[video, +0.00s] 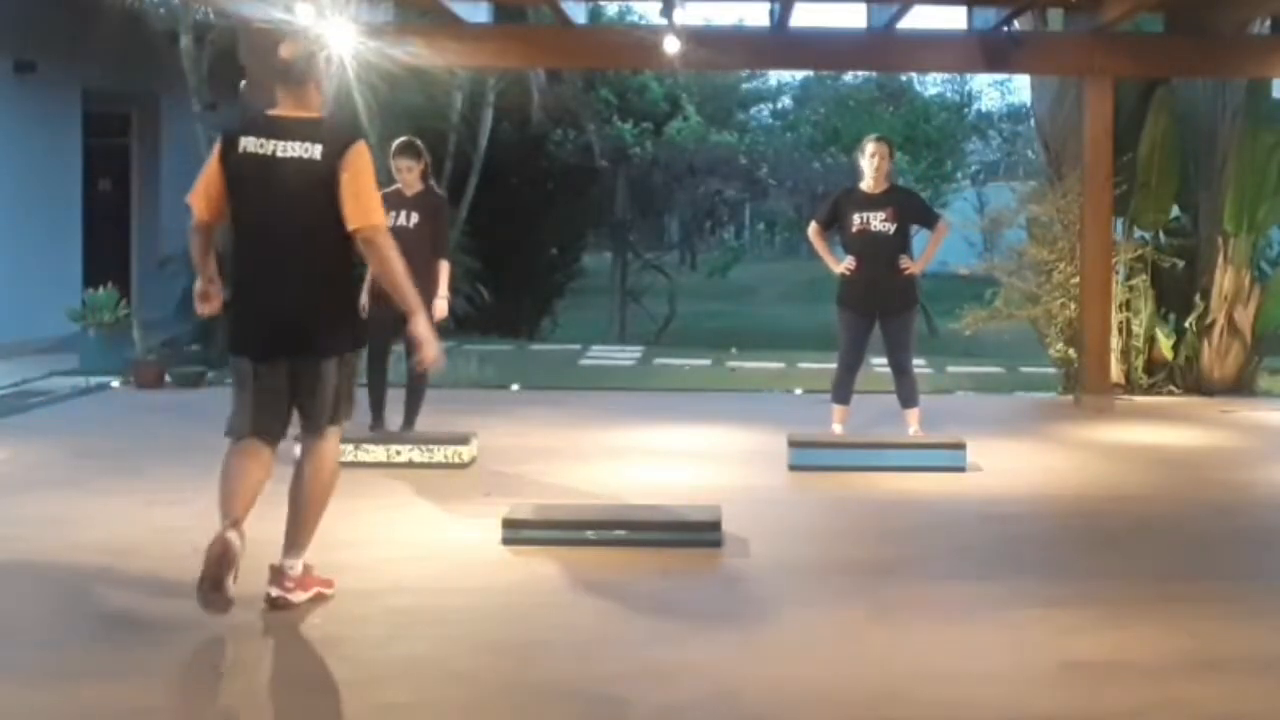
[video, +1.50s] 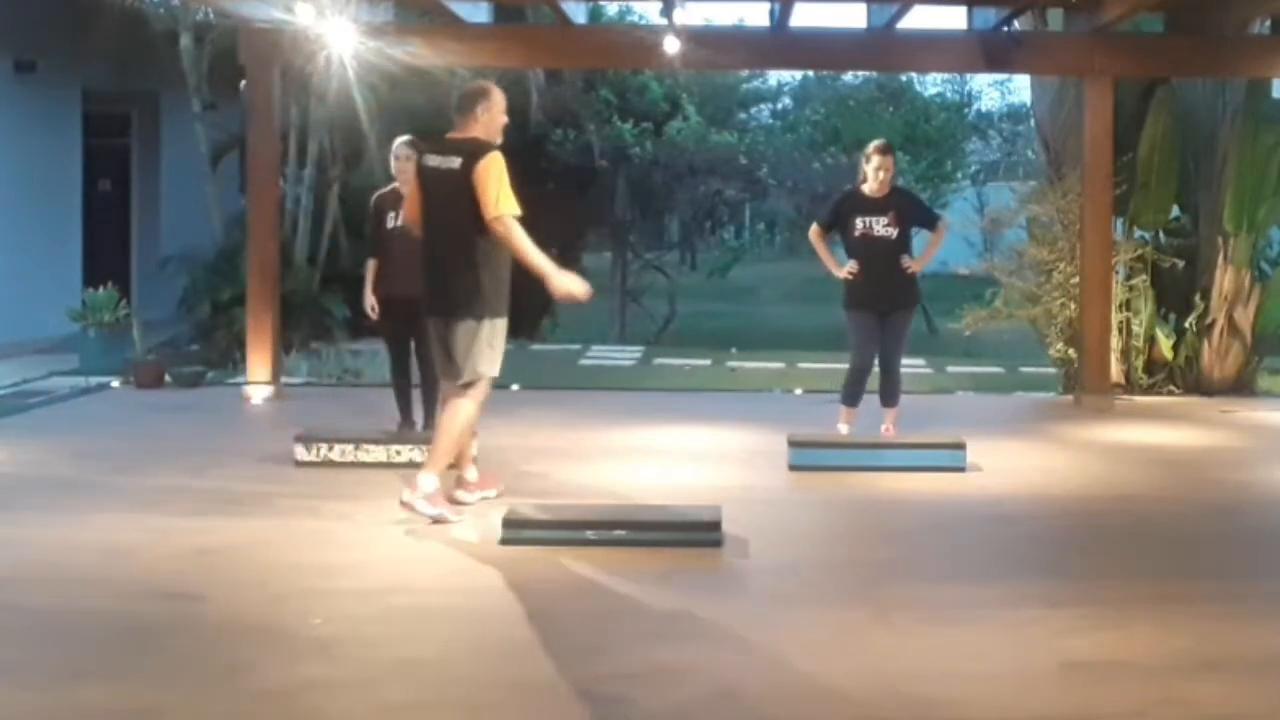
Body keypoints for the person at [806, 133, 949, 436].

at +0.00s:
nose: (876, 162)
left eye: (882, 157)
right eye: (871, 156)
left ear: (890, 162)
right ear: (861, 160)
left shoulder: (905, 198)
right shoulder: (844, 199)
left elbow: (941, 226)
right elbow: (814, 230)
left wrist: (922, 264)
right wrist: (834, 263)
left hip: (897, 287)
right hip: (856, 287)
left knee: (901, 361)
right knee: (848, 359)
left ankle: (914, 429)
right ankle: (837, 429)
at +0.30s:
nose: (873, 166)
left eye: (878, 160)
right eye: (868, 160)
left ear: (887, 163)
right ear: (858, 164)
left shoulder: (901, 199)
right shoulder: (842, 198)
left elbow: (938, 227)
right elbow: (811, 228)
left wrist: (919, 264)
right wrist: (829, 262)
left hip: (892, 287)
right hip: (852, 286)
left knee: (897, 361)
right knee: (845, 358)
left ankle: (913, 429)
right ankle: (837, 429)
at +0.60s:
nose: (861, 167)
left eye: (866, 161)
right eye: (856, 162)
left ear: (880, 162)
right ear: (851, 166)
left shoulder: (896, 198)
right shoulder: (839, 197)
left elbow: (928, 233)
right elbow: (802, 225)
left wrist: (909, 264)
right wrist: (821, 260)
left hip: (883, 287)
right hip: (844, 287)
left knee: (893, 360)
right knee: (842, 357)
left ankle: (914, 427)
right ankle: (838, 428)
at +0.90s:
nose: (855, 168)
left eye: (861, 163)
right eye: (851, 162)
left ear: (873, 166)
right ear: (845, 165)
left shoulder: (887, 201)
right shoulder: (829, 199)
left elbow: (916, 229)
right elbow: (791, 225)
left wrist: (899, 260)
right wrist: (812, 260)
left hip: (875, 287)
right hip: (836, 287)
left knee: (889, 358)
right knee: (838, 358)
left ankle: (905, 422)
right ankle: (837, 426)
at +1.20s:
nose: (869, 172)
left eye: (874, 166)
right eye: (864, 165)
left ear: (881, 166)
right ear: (852, 165)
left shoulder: (894, 199)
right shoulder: (836, 199)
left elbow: (923, 228)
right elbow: (801, 230)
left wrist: (910, 258)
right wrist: (823, 262)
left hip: (886, 289)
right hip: (847, 289)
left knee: (884, 360)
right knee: (844, 358)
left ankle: (888, 424)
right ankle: (838, 424)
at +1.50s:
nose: (884, 175)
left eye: (889, 169)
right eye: (879, 169)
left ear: (895, 170)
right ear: (866, 168)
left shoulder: (904, 200)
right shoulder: (848, 200)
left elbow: (940, 228)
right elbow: (815, 233)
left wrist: (922, 262)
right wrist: (836, 268)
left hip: (899, 289)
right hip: (862, 289)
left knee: (890, 360)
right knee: (863, 357)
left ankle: (889, 426)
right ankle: (845, 424)